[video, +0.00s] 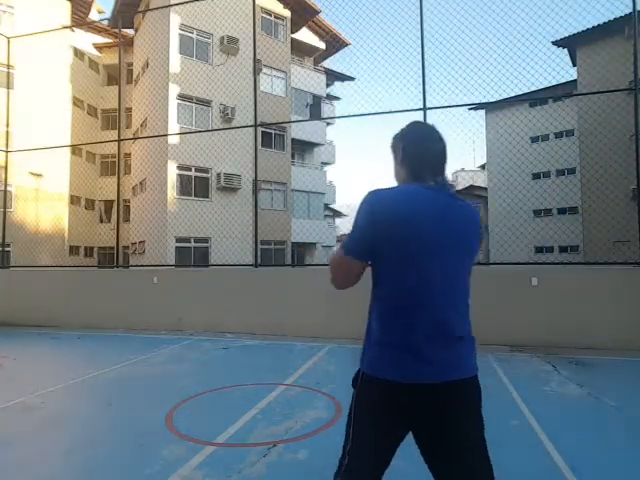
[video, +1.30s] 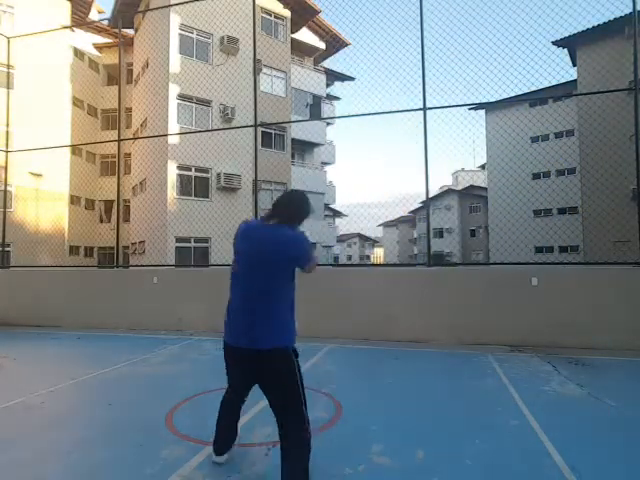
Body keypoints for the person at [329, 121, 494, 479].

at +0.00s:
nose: (394, 165)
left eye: (394, 158)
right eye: (394, 157)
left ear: (402, 160)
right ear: (441, 161)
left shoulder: (380, 204)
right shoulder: (469, 214)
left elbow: (342, 277)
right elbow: (455, 267)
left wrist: (346, 244)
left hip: (387, 381)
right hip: (454, 383)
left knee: (356, 472)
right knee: (470, 473)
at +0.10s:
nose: (372, 167)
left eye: (373, 160)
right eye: (373, 160)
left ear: (380, 163)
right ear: (416, 164)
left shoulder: (360, 208)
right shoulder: (443, 214)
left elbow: (323, 276)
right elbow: (434, 266)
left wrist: (346, 245)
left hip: (367, 374)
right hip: (430, 373)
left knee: (339, 470)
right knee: (445, 471)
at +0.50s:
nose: (356, 187)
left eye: (357, 182)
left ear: (359, 184)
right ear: (396, 188)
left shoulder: (331, 215)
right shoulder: (413, 228)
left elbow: (307, 283)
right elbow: (407, 287)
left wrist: (337, 263)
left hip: (331, 356)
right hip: (386, 360)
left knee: (308, 430)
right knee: (395, 451)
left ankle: (313, 476)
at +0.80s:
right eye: (363, 194)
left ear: (328, 192)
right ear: (363, 195)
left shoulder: (300, 224)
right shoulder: (376, 232)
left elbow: (274, 281)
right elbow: (368, 275)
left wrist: (305, 255)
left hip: (303, 360)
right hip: (354, 361)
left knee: (273, 445)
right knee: (379, 454)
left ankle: (258, 476)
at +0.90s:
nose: (343, 199)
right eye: (345, 194)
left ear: (310, 193)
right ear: (343, 196)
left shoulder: (283, 223)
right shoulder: (355, 231)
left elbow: (266, 276)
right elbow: (350, 278)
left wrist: (297, 255)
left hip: (285, 352)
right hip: (335, 354)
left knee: (270, 432)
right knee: (355, 438)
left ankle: (259, 476)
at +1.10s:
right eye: (321, 204)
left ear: (291, 200)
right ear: (322, 206)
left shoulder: (263, 222)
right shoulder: (330, 233)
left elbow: (246, 263)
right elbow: (327, 268)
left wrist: (278, 251)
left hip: (264, 340)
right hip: (307, 343)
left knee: (260, 398)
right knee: (322, 427)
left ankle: (250, 466)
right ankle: (311, 476)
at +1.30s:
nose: (302, 223)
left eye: (303, 218)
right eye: (302, 218)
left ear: (274, 208)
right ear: (298, 217)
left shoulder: (245, 231)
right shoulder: (295, 240)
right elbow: (309, 266)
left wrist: (266, 221)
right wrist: (305, 242)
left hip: (236, 342)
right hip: (274, 345)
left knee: (234, 392)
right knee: (293, 420)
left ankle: (220, 449)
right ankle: (295, 474)